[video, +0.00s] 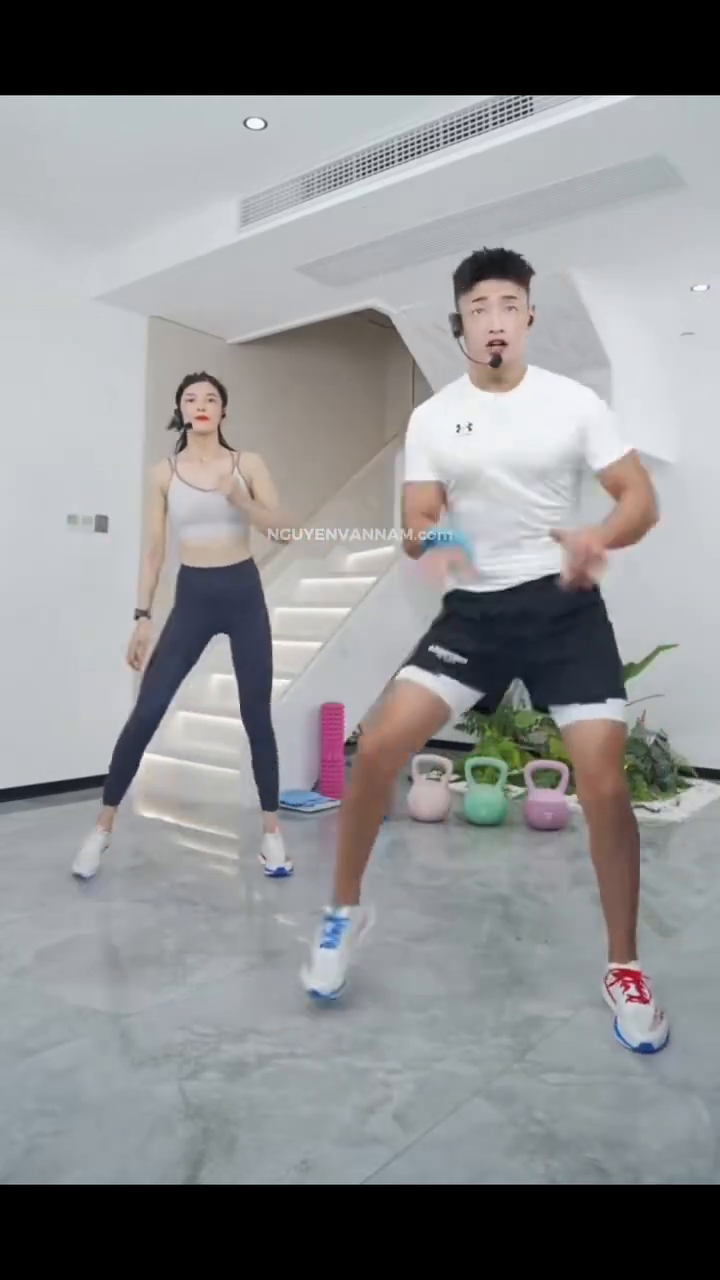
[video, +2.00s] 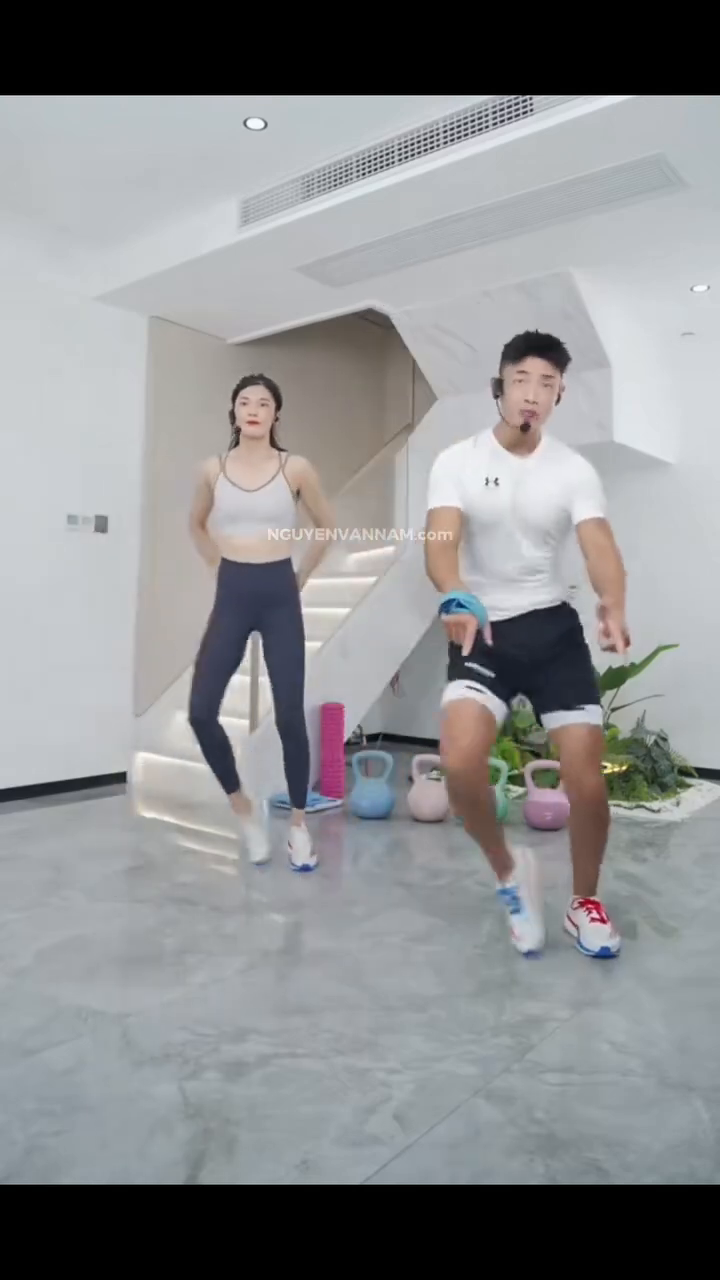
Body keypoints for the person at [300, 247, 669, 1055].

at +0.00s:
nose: (495, 321)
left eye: (509, 306)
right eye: (480, 309)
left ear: (531, 319)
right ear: (459, 325)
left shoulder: (573, 404)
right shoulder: (432, 418)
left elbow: (642, 499)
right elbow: (418, 521)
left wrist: (603, 538)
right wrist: (430, 545)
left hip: (565, 609)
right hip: (473, 613)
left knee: (603, 785)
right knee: (375, 746)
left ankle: (624, 968)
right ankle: (343, 909)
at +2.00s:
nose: (532, 393)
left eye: (545, 384)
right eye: (521, 380)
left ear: (558, 398)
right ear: (499, 388)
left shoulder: (574, 470)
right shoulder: (456, 462)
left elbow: (600, 546)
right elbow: (441, 538)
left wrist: (611, 604)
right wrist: (454, 595)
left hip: (554, 629)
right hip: (481, 630)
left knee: (586, 782)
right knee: (458, 763)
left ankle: (586, 902)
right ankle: (508, 875)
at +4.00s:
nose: (449, 329)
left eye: (462, 318)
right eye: (437, 318)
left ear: (483, 331)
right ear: (420, 334)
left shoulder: (513, 420)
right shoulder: (390, 419)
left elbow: (539, 511)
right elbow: (374, 495)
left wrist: (534, 552)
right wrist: (373, 544)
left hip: (490, 610)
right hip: (408, 609)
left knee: (540, 779)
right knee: (368, 762)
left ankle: (580, 914)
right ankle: (324, 926)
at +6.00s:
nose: (405, 313)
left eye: (419, 301)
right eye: (391, 302)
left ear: (438, 317)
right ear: (374, 320)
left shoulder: (476, 407)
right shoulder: (338, 404)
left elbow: (499, 494)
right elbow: (316, 492)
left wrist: (490, 555)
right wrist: (316, 542)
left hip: (442, 599)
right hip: (359, 600)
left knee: (471, 768)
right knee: (343, 766)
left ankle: (457, 890)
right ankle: (331, 936)